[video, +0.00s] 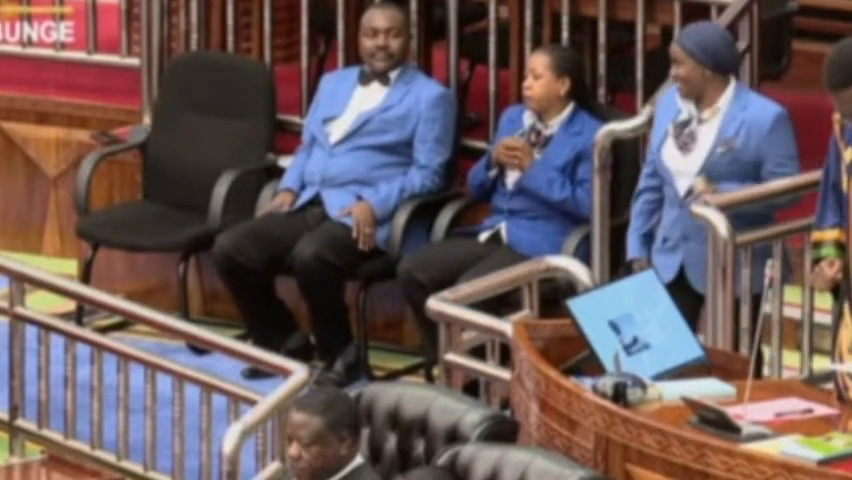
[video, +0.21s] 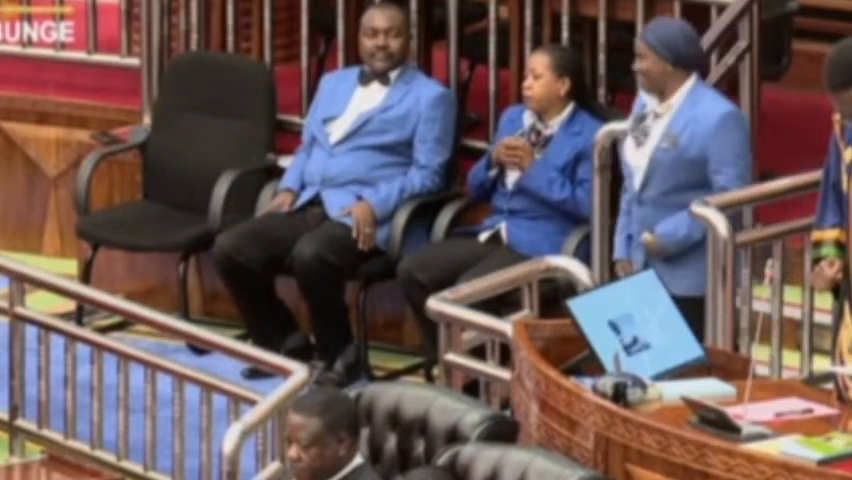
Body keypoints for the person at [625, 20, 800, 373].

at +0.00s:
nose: (673, 72)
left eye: (680, 63)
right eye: (672, 63)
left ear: (711, 68)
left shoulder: (767, 119)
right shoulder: (670, 101)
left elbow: (786, 191)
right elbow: (651, 180)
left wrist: (722, 195)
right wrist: (637, 251)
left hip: (734, 273)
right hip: (669, 266)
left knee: (728, 370)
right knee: (661, 359)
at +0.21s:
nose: (634, 67)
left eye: (641, 58)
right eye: (635, 58)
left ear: (671, 64)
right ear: (663, 63)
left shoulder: (719, 117)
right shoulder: (644, 105)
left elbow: (732, 198)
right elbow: (631, 188)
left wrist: (670, 236)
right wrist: (622, 250)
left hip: (689, 278)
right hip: (640, 269)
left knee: (682, 372)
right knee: (636, 364)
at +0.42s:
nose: (606, 65)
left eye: (612, 56)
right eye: (607, 56)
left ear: (640, 60)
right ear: (634, 60)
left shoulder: (675, 113)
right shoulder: (626, 104)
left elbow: (680, 197)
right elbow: (613, 187)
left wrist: (633, 252)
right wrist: (603, 250)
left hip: (669, 277)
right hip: (624, 270)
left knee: (673, 377)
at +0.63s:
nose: (572, 61)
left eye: (578, 53)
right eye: (573, 53)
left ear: (601, 56)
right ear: (599, 56)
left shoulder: (626, 106)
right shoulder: (604, 96)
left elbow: (620, 197)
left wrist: (573, 260)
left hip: (619, 258)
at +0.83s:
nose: (540, 55)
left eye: (543, 47)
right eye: (541, 47)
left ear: (554, 53)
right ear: (592, 49)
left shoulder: (569, 102)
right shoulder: (614, 91)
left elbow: (563, 192)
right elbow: (615, 171)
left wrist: (523, 258)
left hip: (574, 244)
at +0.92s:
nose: (526, 54)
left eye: (528, 47)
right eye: (528, 47)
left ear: (534, 53)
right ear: (578, 51)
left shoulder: (548, 104)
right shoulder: (603, 94)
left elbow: (541, 195)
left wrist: (509, 268)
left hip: (558, 264)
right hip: (610, 257)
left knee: (464, 297)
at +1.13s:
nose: (489, 52)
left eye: (492, 46)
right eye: (492, 45)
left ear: (497, 52)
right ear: (542, 52)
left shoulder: (500, 108)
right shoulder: (569, 94)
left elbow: (496, 200)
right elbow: (577, 172)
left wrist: (475, 277)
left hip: (516, 253)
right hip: (571, 245)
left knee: (414, 272)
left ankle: (455, 369)